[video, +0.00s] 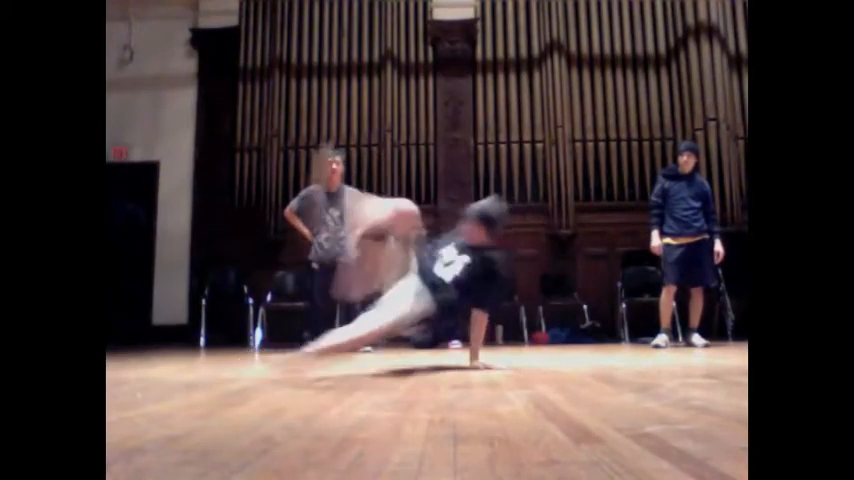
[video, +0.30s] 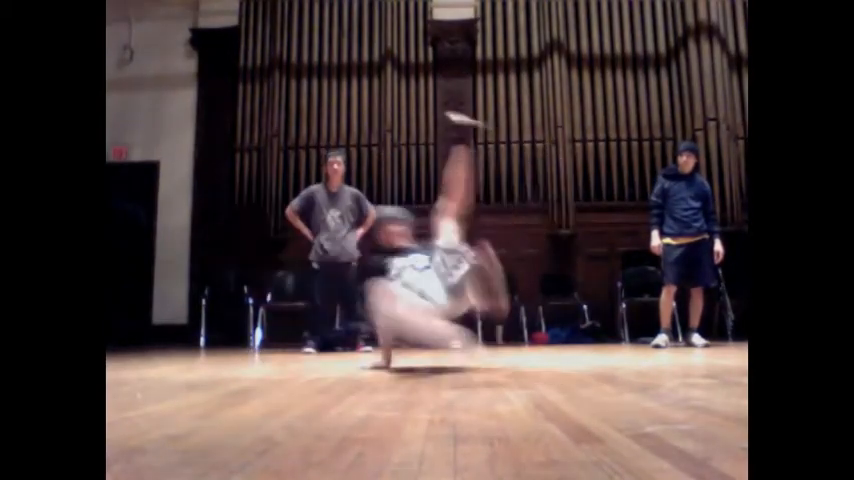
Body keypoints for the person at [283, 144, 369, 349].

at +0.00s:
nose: (333, 171)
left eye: (337, 167)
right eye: (330, 166)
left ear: (342, 171)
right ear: (324, 170)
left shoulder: (351, 194)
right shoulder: (313, 192)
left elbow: (367, 216)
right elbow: (289, 212)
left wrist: (354, 237)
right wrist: (309, 235)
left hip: (346, 256)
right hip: (321, 255)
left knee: (349, 300)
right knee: (320, 300)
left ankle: (348, 338)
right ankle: (318, 337)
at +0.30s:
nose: (335, 167)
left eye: (338, 164)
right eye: (331, 163)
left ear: (344, 168)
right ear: (325, 168)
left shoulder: (353, 194)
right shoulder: (314, 192)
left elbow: (372, 213)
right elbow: (290, 211)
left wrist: (359, 233)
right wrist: (310, 235)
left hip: (347, 254)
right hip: (322, 254)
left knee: (351, 300)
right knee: (320, 302)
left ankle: (356, 339)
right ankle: (316, 339)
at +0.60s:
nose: (336, 167)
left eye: (339, 164)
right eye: (332, 164)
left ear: (344, 169)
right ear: (326, 168)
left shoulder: (353, 194)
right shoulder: (314, 192)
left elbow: (373, 214)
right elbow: (290, 211)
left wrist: (358, 234)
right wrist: (310, 236)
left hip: (347, 252)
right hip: (322, 252)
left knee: (352, 297)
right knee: (316, 298)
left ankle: (360, 338)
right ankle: (312, 339)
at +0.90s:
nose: (336, 167)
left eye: (340, 164)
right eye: (333, 163)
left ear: (345, 168)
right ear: (326, 168)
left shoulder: (354, 194)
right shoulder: (314, 192)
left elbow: (373, 215)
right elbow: (290, 211)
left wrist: (359, 234)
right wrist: (310, 237)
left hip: (347, 254)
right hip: (321, 254)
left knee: (350, 299)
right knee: (319, 299)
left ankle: (354, 340)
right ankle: (317, 340)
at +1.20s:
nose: (336, 167)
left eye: (340, 163)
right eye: (333, 163)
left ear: (345, 168)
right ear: (326, 167)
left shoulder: (354, 194)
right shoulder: (315, 192)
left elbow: (373, 215)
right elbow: (291, 212)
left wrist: (360, 233)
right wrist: (310, 237)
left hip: (347, 252)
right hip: (322, 252)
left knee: (351, 299)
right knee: (321, 300)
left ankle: (358, 339)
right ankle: (316, 339)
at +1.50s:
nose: (336, 167)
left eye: (340, 163)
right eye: (333, 163)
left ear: (345, 168)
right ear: (326, 167)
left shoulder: (354, 195)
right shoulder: (314, 192)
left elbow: (372, 215)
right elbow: (291, 212)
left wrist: (359, 234)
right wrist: (310, 237)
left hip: (347, 252)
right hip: (322, 251)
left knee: (350, 297)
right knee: (321, 299)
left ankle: (357, 339)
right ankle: (317, 340)